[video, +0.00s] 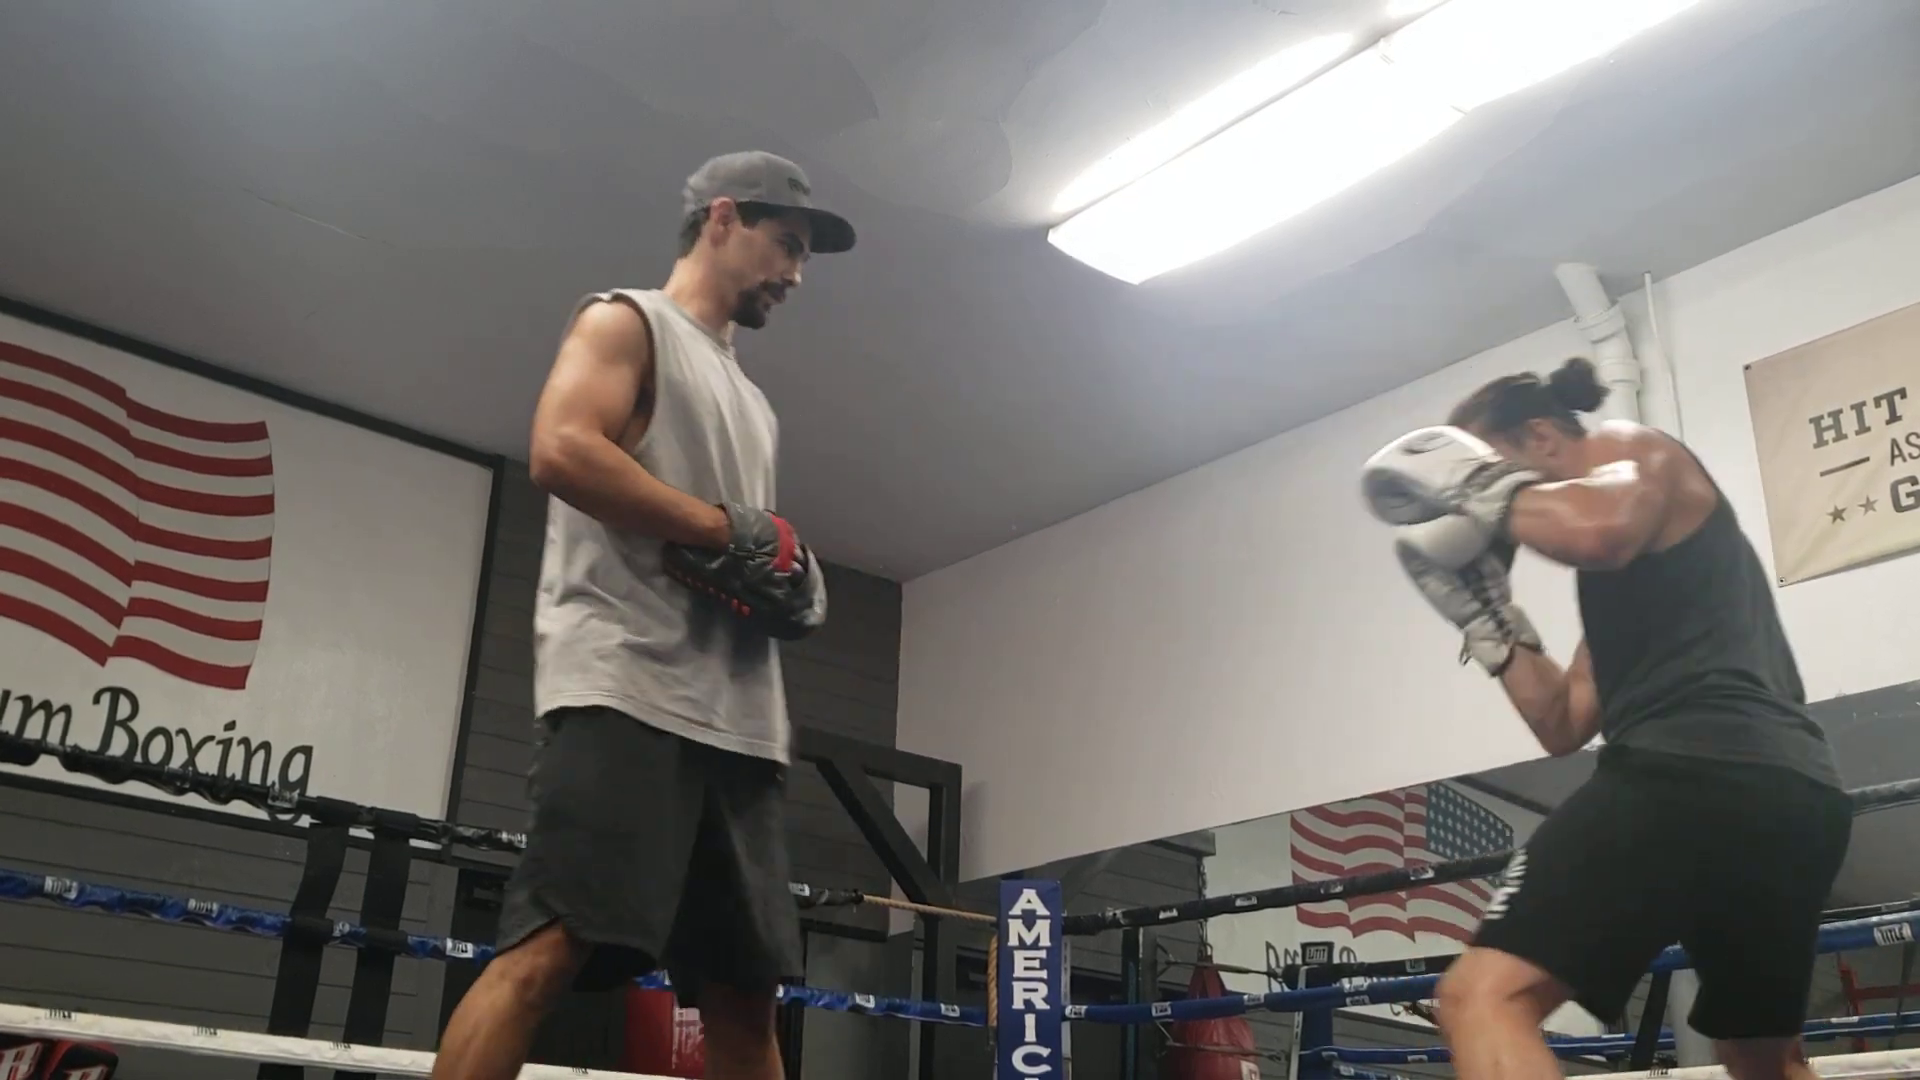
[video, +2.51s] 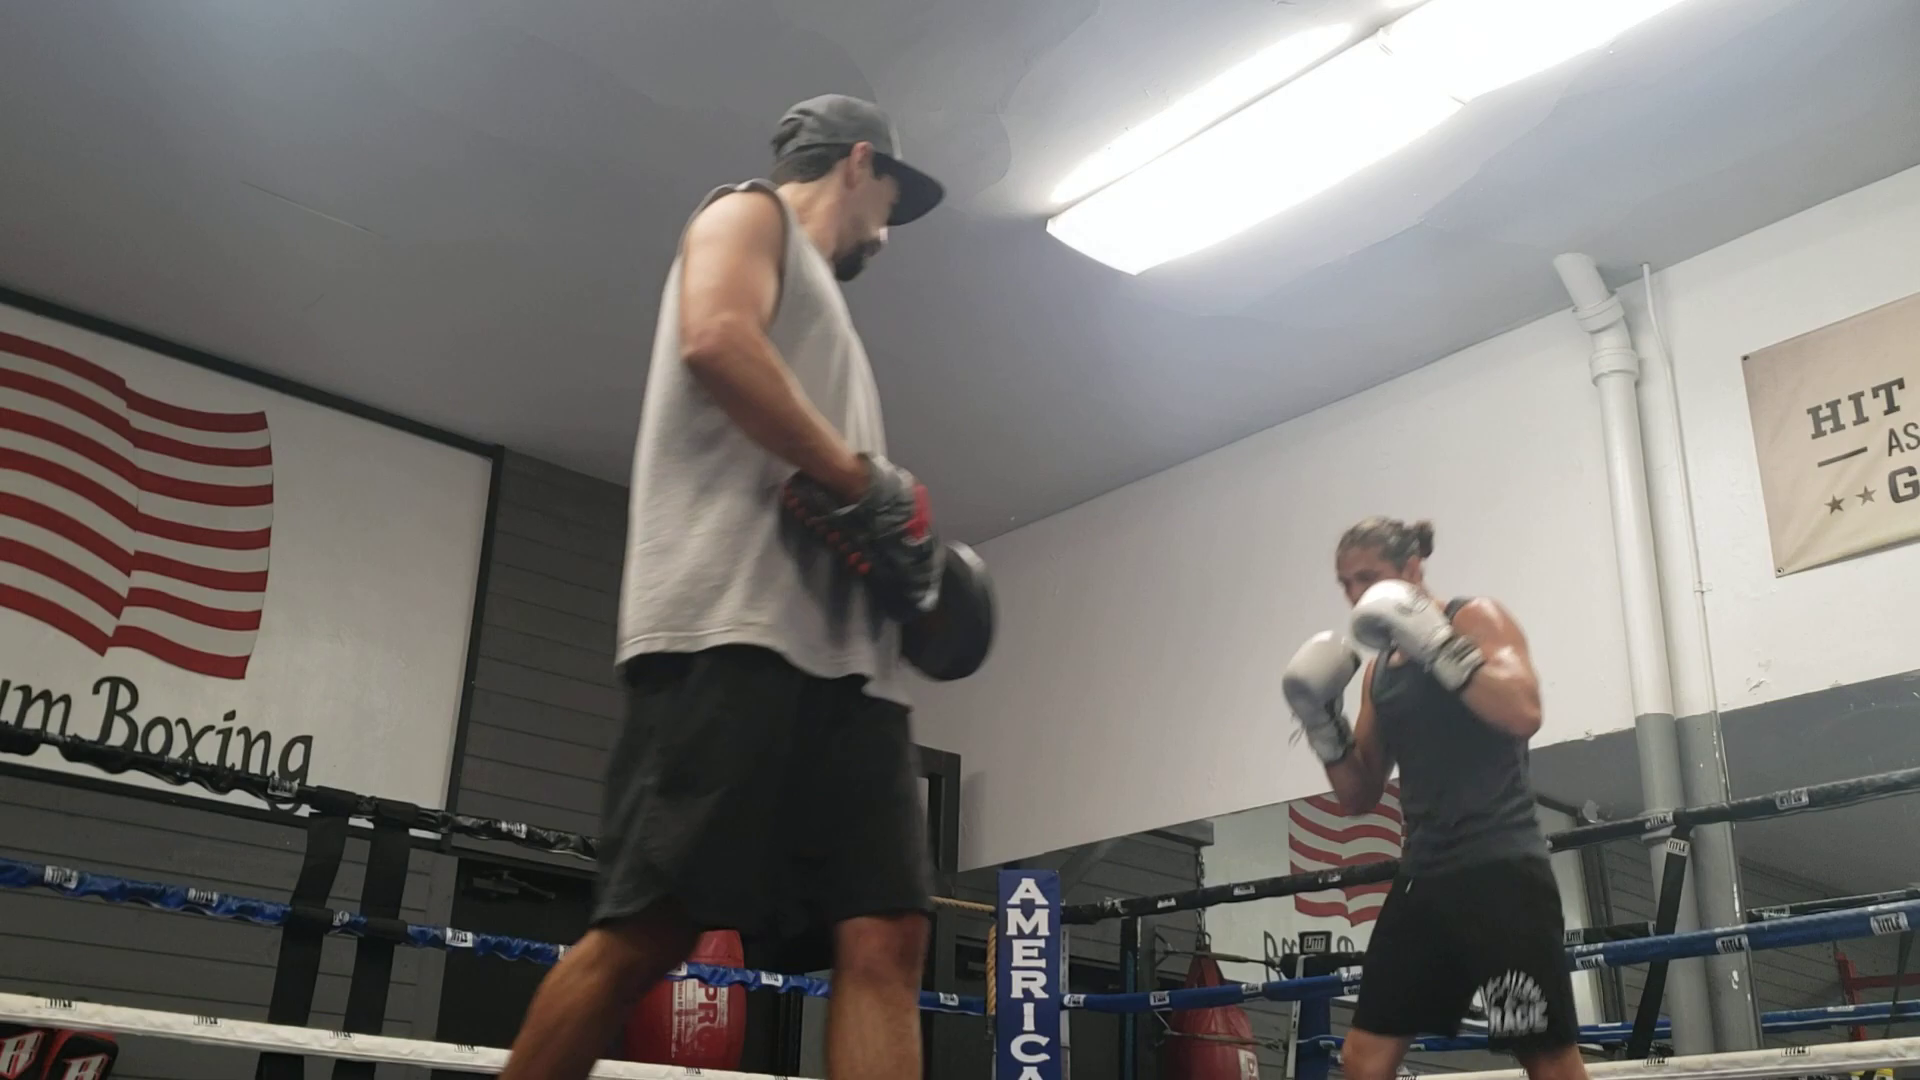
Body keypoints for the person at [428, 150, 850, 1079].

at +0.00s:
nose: (796, 273)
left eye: (805, 256)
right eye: (786, 242)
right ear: (720, 217)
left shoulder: (753, 407)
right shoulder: (623, 320)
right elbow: (562, 450)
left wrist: (789, 583)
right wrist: (735, 532)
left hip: (737, 717)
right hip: (620, 693)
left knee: (745, 994)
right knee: (547, 950)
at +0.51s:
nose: (721, 300)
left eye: (730, 285)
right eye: (714, 269)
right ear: (654, 242)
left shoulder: (673, 422)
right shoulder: (557, 335)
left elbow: (663, 573)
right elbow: (496, 454)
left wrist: (713, 668)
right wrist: (652, 550)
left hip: (642, 736)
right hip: (534, 704)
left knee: (640, 1000)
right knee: (474, 962)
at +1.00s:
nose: (791, 432)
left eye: (798, 415)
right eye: (788, 405)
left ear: (743, 389)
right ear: (741, 379)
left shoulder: (697, 497)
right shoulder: (673, 420)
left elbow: (665, 656)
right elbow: (607, 497)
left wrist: (692, 793)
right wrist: (682, 639)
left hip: (633, 757)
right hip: (579, 731)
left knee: (613, 1005)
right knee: (554, 967)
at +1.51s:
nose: (760, 387)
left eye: (768, 370)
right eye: (758, 359)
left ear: (707, 345)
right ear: (711, 335)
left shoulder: (684, 460)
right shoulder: (644, 402)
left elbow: (664, 611)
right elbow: (595, 510)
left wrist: (720, 716)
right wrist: (688, 643)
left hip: (644, 749)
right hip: (587, 723)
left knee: (609, 1012)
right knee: (562, 969)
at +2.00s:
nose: (713, 268)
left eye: (723, 248)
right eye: (713, 235)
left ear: (657, 215)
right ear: (667, 203)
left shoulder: (650, 358)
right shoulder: (570, 292)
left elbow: (645, 521)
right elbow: (535, 426)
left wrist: (730, 596)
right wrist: (684, 556)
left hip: (672, 703)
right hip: (569, 684)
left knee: (729, 956)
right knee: (514, 962)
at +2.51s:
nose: (888, 231)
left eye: (895, 211)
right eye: (892, 198)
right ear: (858, 161)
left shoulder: (823, 318)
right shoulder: (748, 210)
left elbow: (818, 479)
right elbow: (717, 336)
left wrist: (913, 554)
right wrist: (862, 483)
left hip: (847, 658)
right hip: (727, 630)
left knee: (885, 938)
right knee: (636, 936)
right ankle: (520, 1075)